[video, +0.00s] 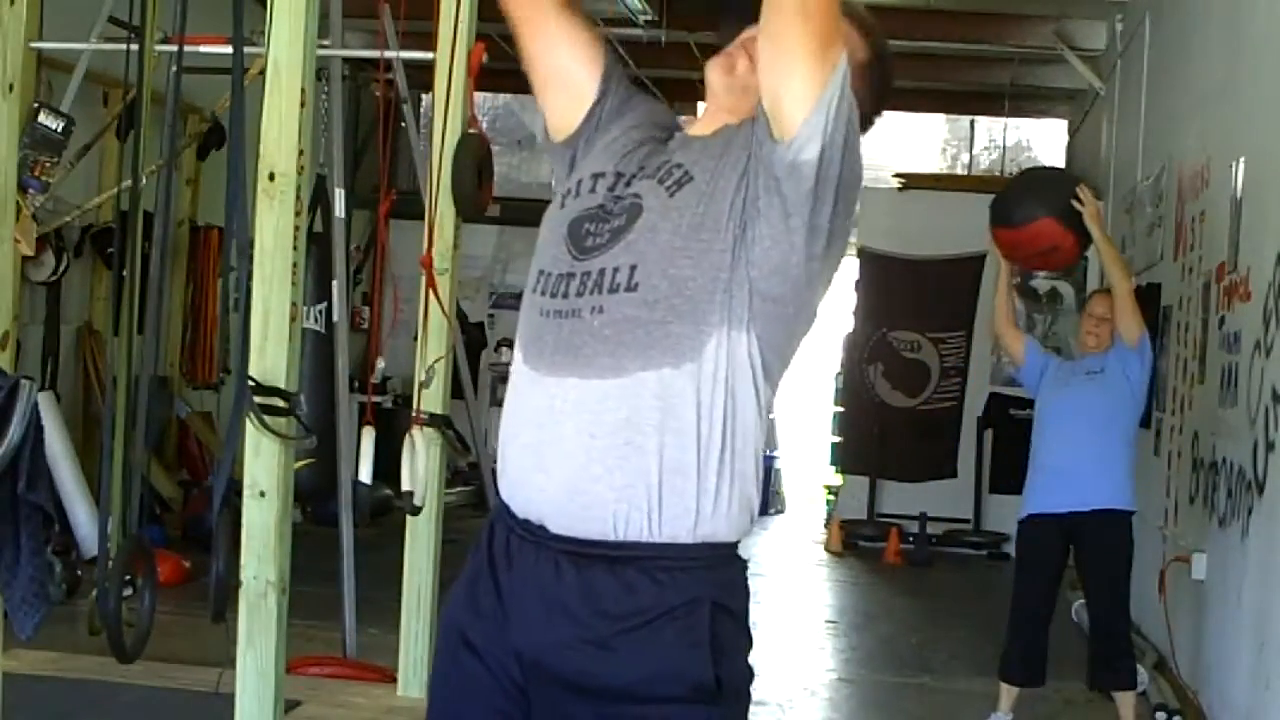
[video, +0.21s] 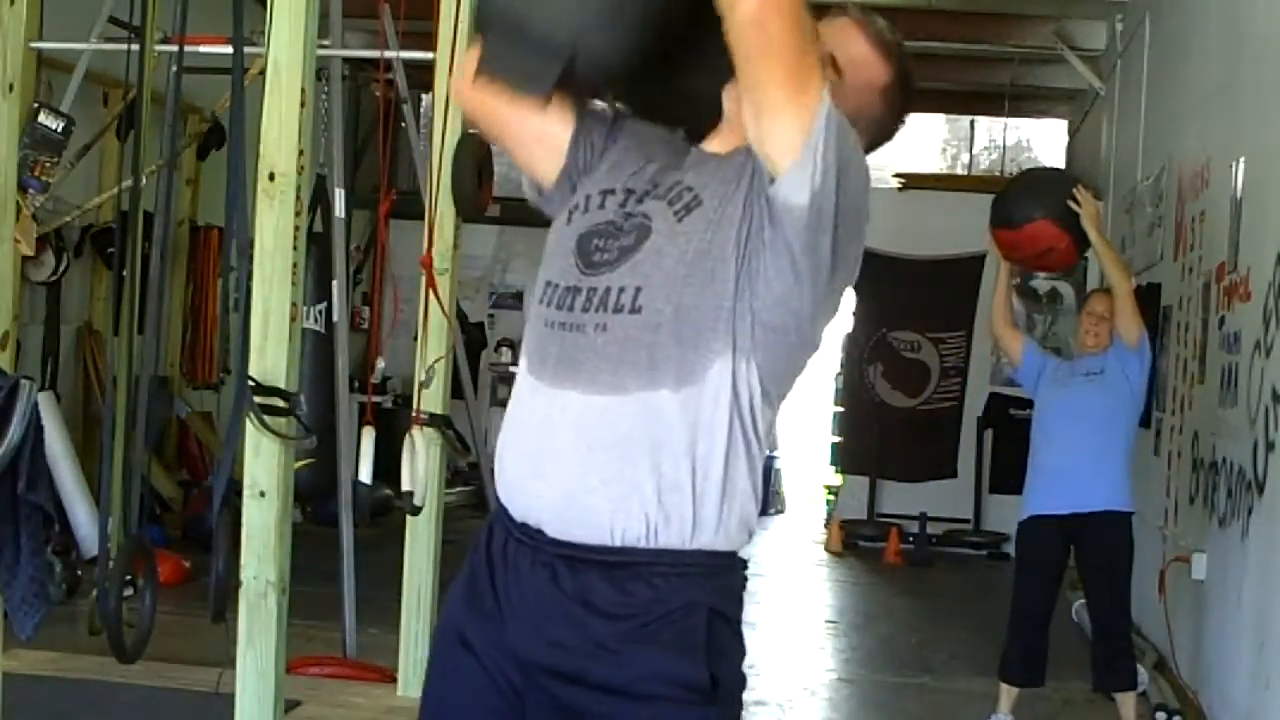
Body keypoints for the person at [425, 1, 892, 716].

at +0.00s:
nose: (759, 34)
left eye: (806, 45)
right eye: (773, 26)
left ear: (830, 98)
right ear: (739, 37)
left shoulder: (794, 169)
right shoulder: (613, 132)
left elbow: (803, 0)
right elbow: (530, 3)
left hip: (660, 606)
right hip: (506, 574)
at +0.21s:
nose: (806, 58)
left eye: (833, 64)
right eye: (816, 41)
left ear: (853, 130)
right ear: (767, 45)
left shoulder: (811, 194)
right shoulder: (614, 154)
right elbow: (473, 75)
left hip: (657, 612)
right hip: (504, 577)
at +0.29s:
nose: (795, 73)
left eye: (829, 88)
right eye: (806, 52)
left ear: (854, 156)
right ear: (785, 42)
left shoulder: (816, 215)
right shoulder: (611, 180)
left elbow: (729, 29)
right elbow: (454, 152)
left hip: (646, 624)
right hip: (496, 585)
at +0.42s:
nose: (779, 103)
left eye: (817, 116)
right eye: (792, 75)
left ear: (844, 169)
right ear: (773, 65)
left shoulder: (818, 237)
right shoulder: (629, 191)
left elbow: (686, 115)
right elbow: (487, 229)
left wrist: (683, 32)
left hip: (637, 633)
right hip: (490, 590)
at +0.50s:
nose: (762, 128)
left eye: (804, 132)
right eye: (773, 95)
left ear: (829, 178)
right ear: (752, 83)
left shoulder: (808, 258)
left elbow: (656, 210)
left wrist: (648, 107)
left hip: (630, 637)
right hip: (481, 597)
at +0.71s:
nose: (738, 142)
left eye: (776, 132)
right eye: (738, 103)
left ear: (804, 158)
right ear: (707, 87)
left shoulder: (793, 257)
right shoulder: (605, 207)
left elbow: (640, 331)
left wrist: (597, 189)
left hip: (636, 636)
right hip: (484, 596)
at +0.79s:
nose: (724, 132)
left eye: (761, 121)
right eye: (720, 93)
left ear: (787, 140)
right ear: (685, 72)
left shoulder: (788, 237)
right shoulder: (592, 189)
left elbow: (648, 355)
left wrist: (587, 201)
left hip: (648, 632)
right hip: (491, 597)